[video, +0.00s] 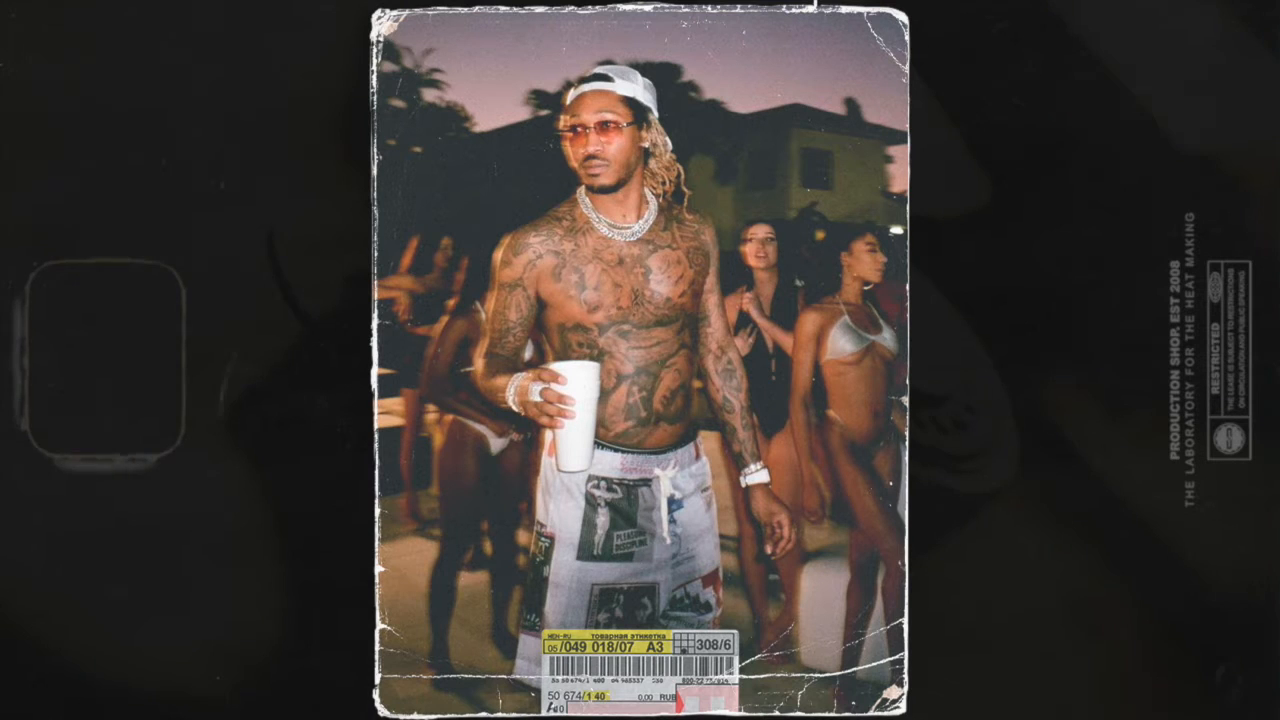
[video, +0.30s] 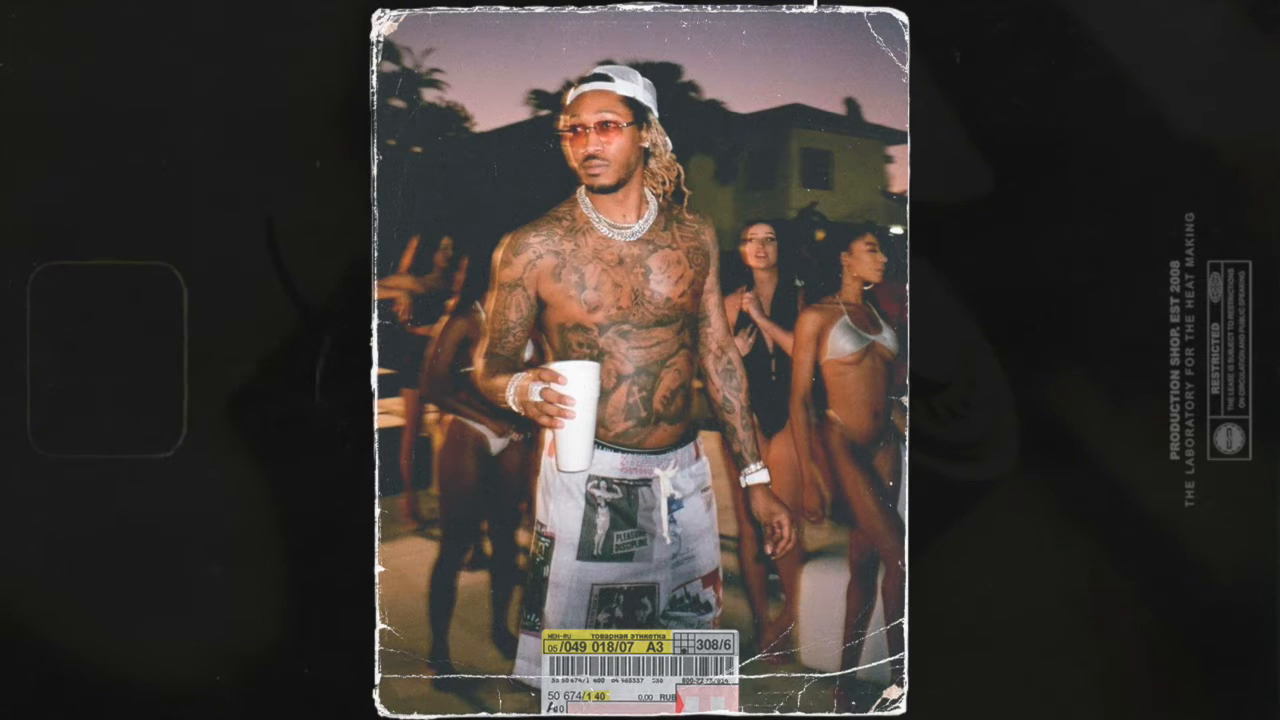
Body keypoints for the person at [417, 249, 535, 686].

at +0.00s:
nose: (515, 291)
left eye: (523, 283)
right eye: (509, 280)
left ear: (531, 291)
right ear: (495, 281)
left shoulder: (530, 334)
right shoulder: (464, 323)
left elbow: (542, 386)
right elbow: (434, 388)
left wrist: (528, 421)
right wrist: (489, 422)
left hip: (513, 446)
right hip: (465, 442)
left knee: (506, 541)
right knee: (456, 543)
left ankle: (501, 627)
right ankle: (439, 652)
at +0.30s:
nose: (514, 291)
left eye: (522, 284)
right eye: (508, 281)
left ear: (531, 291)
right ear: (494, 281)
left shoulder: (530, 332)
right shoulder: (465, 322)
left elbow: (543, 385)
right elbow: (434, 387)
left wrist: (528, 420)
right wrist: (489, 422)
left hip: (514, 445)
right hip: (465, 441)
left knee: (506, 541)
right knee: (456, 544)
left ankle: (501, 628)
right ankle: (439, 649)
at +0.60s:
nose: (514, 290)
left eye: (522, 283)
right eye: (508, 280)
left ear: (531, 290)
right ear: (494, 280)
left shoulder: (530, 332)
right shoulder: (465, 323)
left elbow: (543, 384)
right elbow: (434, 387)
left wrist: (530, 420)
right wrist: (489, 421)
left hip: (514, 444)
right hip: (465, 440)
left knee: (506, 541)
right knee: (456, 544)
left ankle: (501, 628)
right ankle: (439, 650)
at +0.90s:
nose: (514, 288)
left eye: (521, 281)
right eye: (508, 278)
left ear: (531, 289)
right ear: (494, 278)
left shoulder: (530, 331)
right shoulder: (465, 323)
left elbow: (543, 384)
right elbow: (435, 387)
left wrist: (530, 419)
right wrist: (489, 421)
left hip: (514, 445)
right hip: (465, 441)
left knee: (506, 541)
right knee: (456, 544)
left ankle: (501, 628)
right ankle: (439, 649)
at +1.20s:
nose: (514, 291)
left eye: (521, 284)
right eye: (507, 281)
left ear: (530, 291)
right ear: (493, 281)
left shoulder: (531, 334)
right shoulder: (464, 324)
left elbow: (543, 386)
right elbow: (434, 387)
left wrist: (529, 420)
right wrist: (490, 422)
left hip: (514, 445)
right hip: (464, 441)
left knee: (506, 542)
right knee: (455, 546)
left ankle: (501, 628)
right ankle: (439, 652)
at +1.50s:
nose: (514, 289)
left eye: (521, 281)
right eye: (507, 279)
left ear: (531, 289)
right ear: (493, 278)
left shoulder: (531, 333)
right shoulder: (465, 322)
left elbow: (543, 386)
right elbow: (434, 386)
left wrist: (529, 421)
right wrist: (490, 422)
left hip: (515, 443)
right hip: (465, 439)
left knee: (506, 540)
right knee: (456, 544)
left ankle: (501, 627)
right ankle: (439, 650)